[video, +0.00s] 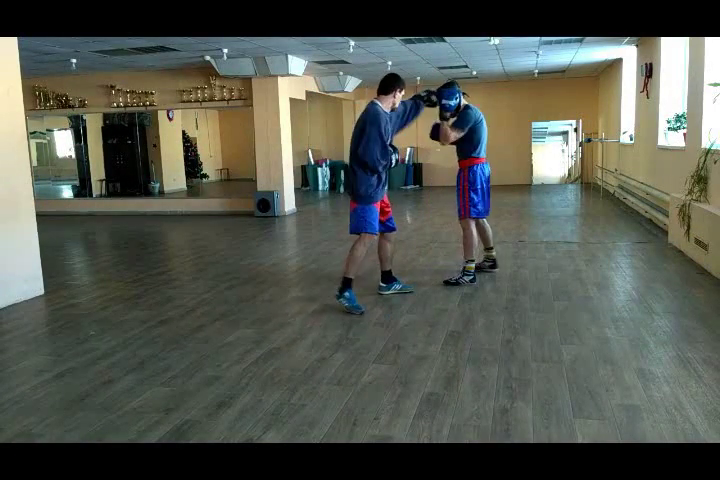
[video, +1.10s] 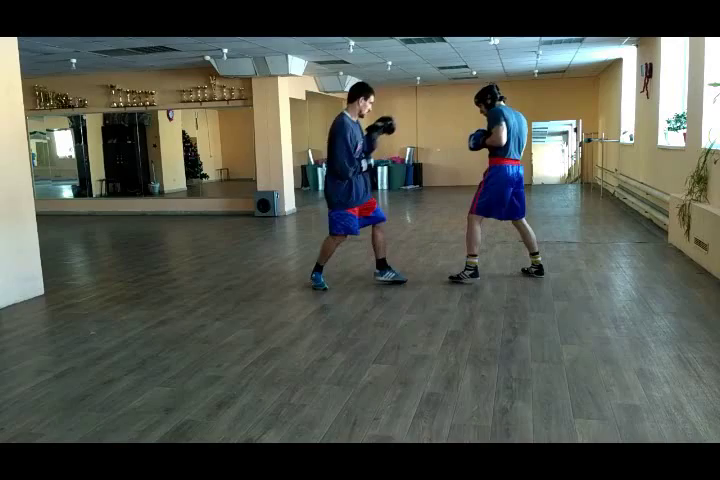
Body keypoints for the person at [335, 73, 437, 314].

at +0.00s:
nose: (400, 100)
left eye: (400, 96)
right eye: (401, 95)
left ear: (384, 90)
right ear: (396, 93)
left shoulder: (385, 113)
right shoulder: (376, 115)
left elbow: (405, 112)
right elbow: (373, 158)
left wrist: (422, 99)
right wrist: (394, 156)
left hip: (377, 186)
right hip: (365, 188)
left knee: (388, 231)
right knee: (367, 236)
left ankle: (387, 280)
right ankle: (345, 290)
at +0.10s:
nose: (392, 98)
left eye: (393, 94)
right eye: (392, 93)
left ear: (372, 90)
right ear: (386, 92)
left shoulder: (365, 111)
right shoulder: (369, 115)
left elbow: (379, 128)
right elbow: (371, 159)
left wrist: (399, 114)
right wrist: (389, 153)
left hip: (372, 189)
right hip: (363, 191)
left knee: (383, 233)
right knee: (365, 238)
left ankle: (387, 280)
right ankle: (330, 282)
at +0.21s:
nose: (384, 102)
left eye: (385, 97)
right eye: (384, 97)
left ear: (363, 93)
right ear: (379, 96)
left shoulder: (353, 115)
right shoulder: (365, 120)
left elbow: (357, 147)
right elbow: (373, 166)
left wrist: (377, 128)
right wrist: (385, 161)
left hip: (364, 192)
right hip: (358, 194)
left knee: (385, 230)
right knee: (356, 240)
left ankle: (387, 279)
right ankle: (326, 288)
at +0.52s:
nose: (384, 104)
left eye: (385, 100)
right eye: (384, 99)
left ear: (371, 97)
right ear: (375, 97)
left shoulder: (366, 121)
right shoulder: (360, 121)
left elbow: (370, 148)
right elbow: (361, 162)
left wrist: (384, 131)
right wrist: (383, 163)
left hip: (369, 191)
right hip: (356, 193)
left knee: (384, 231)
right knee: (349, 239)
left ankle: (382, 271)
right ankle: (324, 288)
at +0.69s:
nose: (395, 104)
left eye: (395, 100)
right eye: (394, 99)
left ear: (383, 97)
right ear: (385, 97)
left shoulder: (385, 122)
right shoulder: (363, 120)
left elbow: (410, 116)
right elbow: (353, 160)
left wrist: (436, 101)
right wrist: (381, 161)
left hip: (370, 190)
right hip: (352, 190)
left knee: (380, 229)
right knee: (344, 233)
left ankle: (381, 272)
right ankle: (329, 285)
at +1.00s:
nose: (383, 103)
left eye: (384, 98)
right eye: (382, 97)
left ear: (370, 95)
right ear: (371, 94)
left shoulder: (375, 118)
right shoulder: (352, 118)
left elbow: (392, 120)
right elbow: (346, 158)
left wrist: (409, 110)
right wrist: (372, 158)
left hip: (367, 184)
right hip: (350, 186)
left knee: (375, 228)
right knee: (346, 231)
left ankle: (381, 272)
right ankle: (319, 267)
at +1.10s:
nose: (370, 108)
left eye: (371, 103)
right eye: (369, 102)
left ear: (357, 101)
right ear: (359, 100)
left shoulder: (355, 124)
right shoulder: (342, 125)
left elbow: (362, 154)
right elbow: (344, 169)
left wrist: (374, 133)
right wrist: (366, 160)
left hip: (359, 189)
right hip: (342, 192)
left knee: (379, 221)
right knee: (339, 233)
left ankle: (383, 269)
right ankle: (317, 272)